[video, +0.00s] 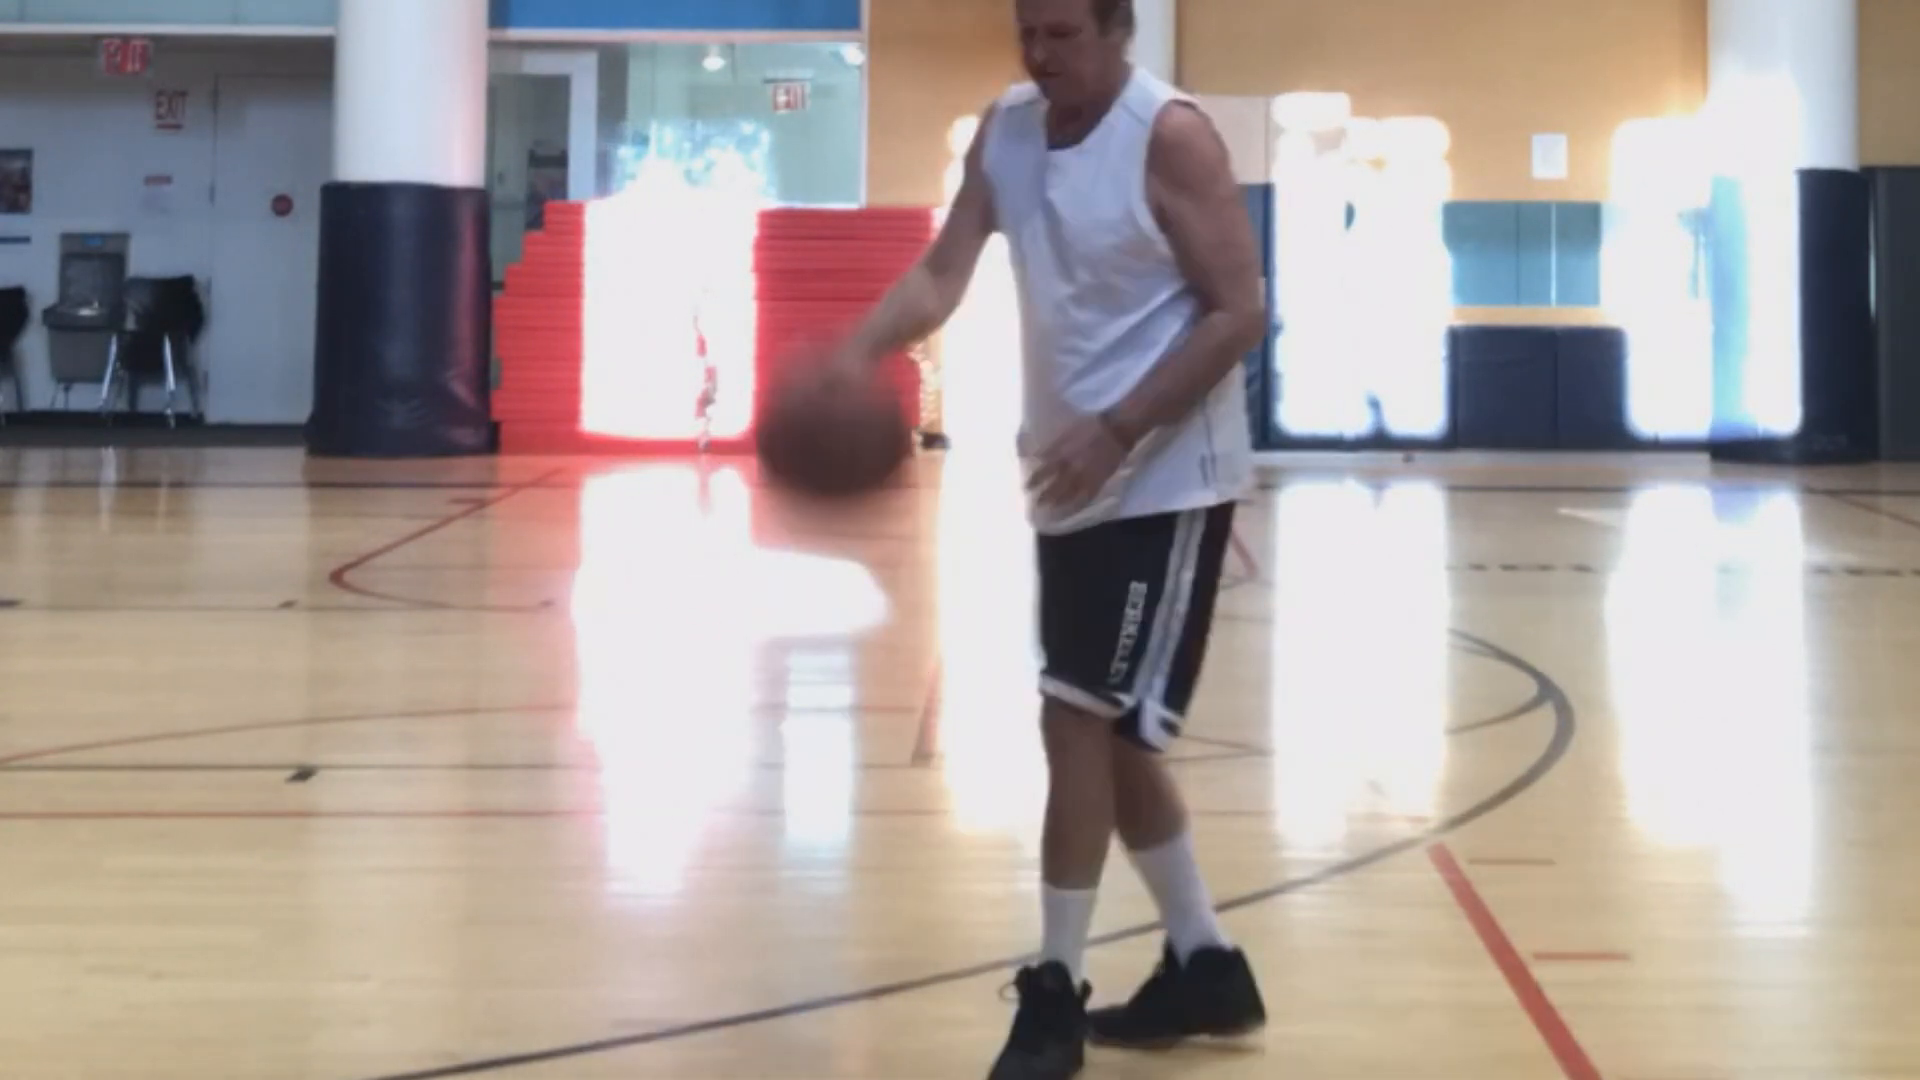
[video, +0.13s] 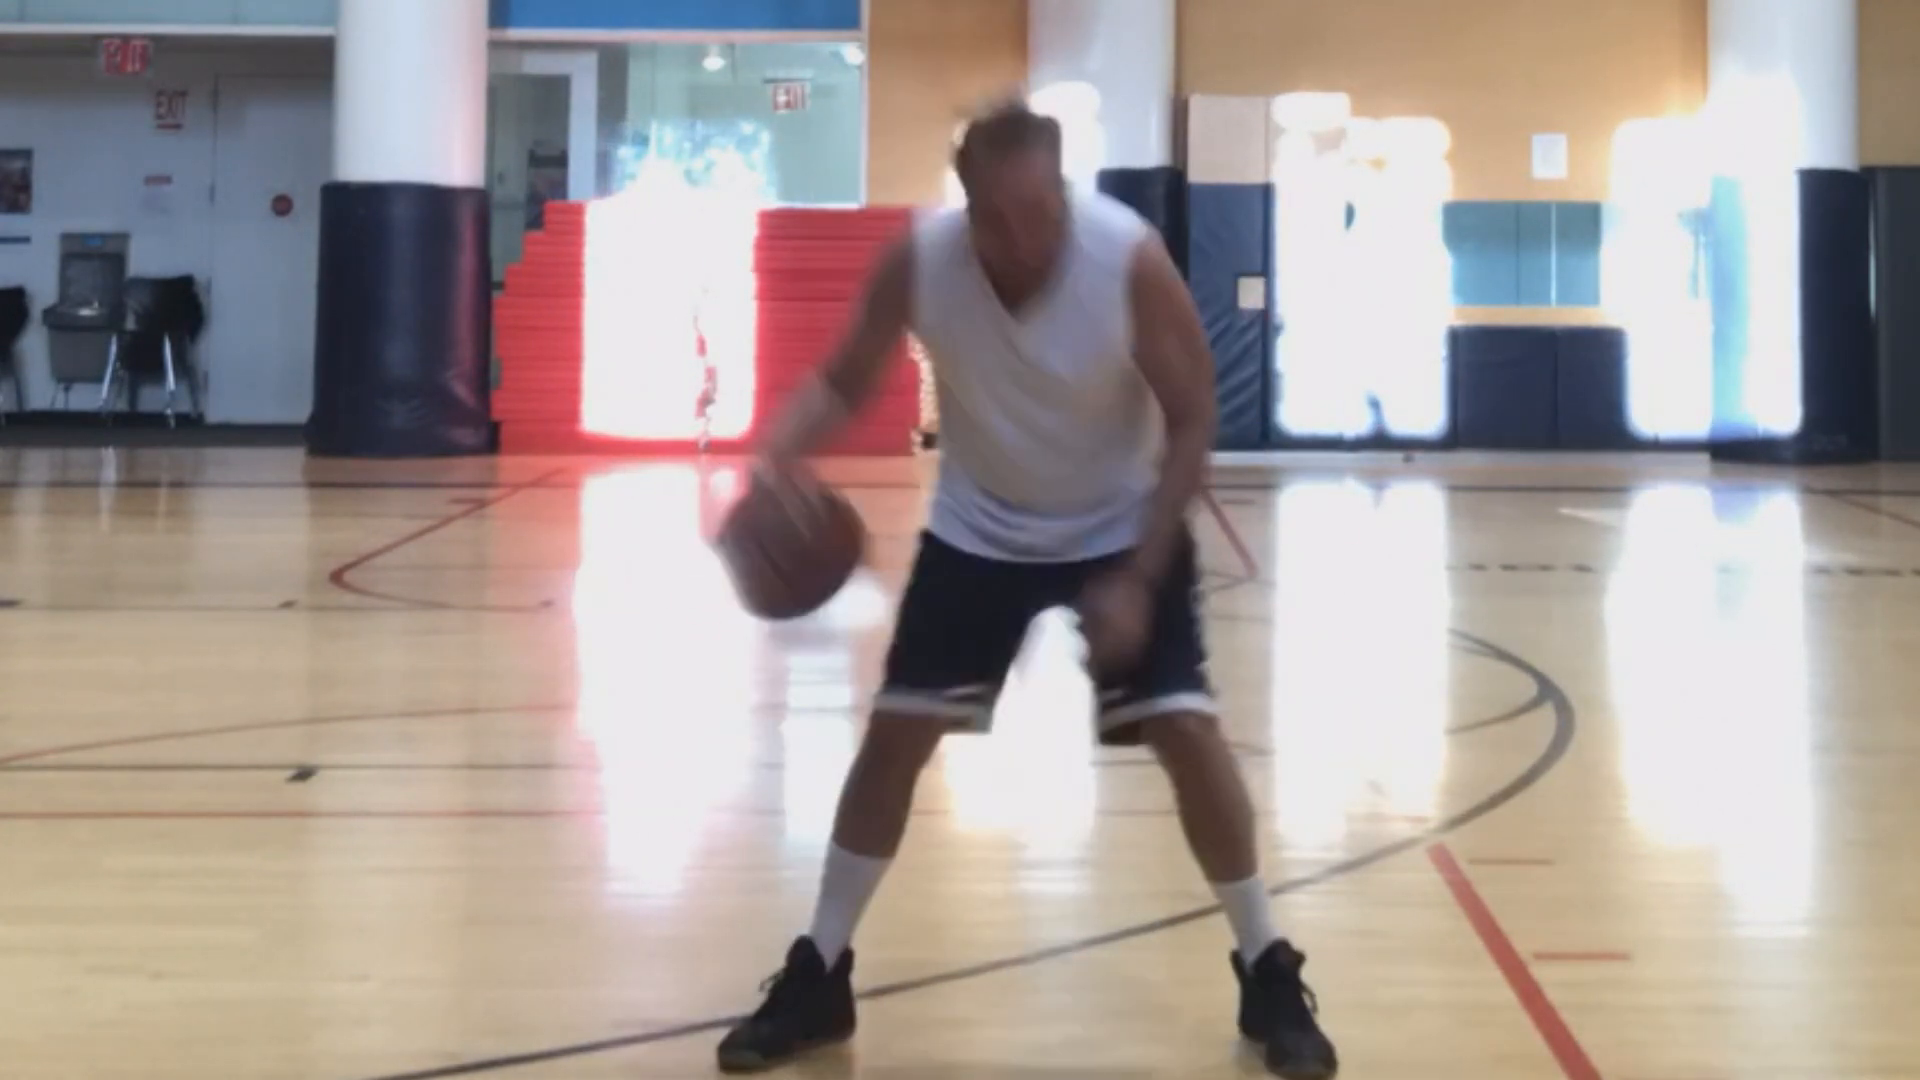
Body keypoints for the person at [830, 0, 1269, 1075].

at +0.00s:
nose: (1039, 55)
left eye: (1059, 35)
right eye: (1028, 35)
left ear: (1116, 29)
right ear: (1018, 32)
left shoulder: (1175, 136)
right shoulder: (1007, 130)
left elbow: (1242, 312)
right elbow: (941, 275)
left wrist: (1120, 428)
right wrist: (858, 351)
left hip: (1165, 481)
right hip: (1069, 480)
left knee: (1076, 711)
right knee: (1108, 728)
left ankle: (1054, 992)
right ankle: (1207, 964)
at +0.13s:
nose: (1020, 236)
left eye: (1036, 212)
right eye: (997, 217)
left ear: (1064, 190)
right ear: (964, 201)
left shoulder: (1128, 260)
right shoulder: (918, 259)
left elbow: (1193, 424)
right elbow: (841, 382)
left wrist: (1140, 575)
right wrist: (768, 462)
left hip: (1122, 526)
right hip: (978, 528)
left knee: (1187, 729)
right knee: (897, 731)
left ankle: (1267, 971)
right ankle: (819, 973)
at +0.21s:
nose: (1014, 457)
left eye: (1029, 438)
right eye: (995, 442)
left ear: (1061, 399)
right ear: (965, 419)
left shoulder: (1136, 419)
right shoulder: (933, 424)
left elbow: (1224, 583)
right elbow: (894, 549)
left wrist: (1269, 761)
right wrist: (877, 688)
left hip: (1153, 555)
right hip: (1008, 556)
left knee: (1237, 712)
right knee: (916, 727)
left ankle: (1280, 980)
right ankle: (818, 976)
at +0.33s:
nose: (1178, 464)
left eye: (1193, 450)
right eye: (1160, 452)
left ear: (1214, 412)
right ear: (1116, 408)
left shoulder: (1235, 393)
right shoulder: (1017, 415)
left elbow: (1269, 386)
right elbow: (891, 526)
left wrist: (1296, 452)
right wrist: (827, 695)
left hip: (1136, 555)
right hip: (985, 551)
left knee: (1206, 729)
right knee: (880, 734)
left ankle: (1276, 979)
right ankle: (807, 978)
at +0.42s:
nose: (650, 186)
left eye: (659, 163)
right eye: (648, 166)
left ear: (715, 162)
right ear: (695, 170)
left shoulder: (817, 249)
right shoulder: (709, 268)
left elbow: (942, 396)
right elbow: (579, 380)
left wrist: (953, 566)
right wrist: (415, 365)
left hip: (1013, 503)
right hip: (897, 510)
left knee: (1084, 744)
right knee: (780, 694)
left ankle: (1264, 949)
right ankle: (801, 973)